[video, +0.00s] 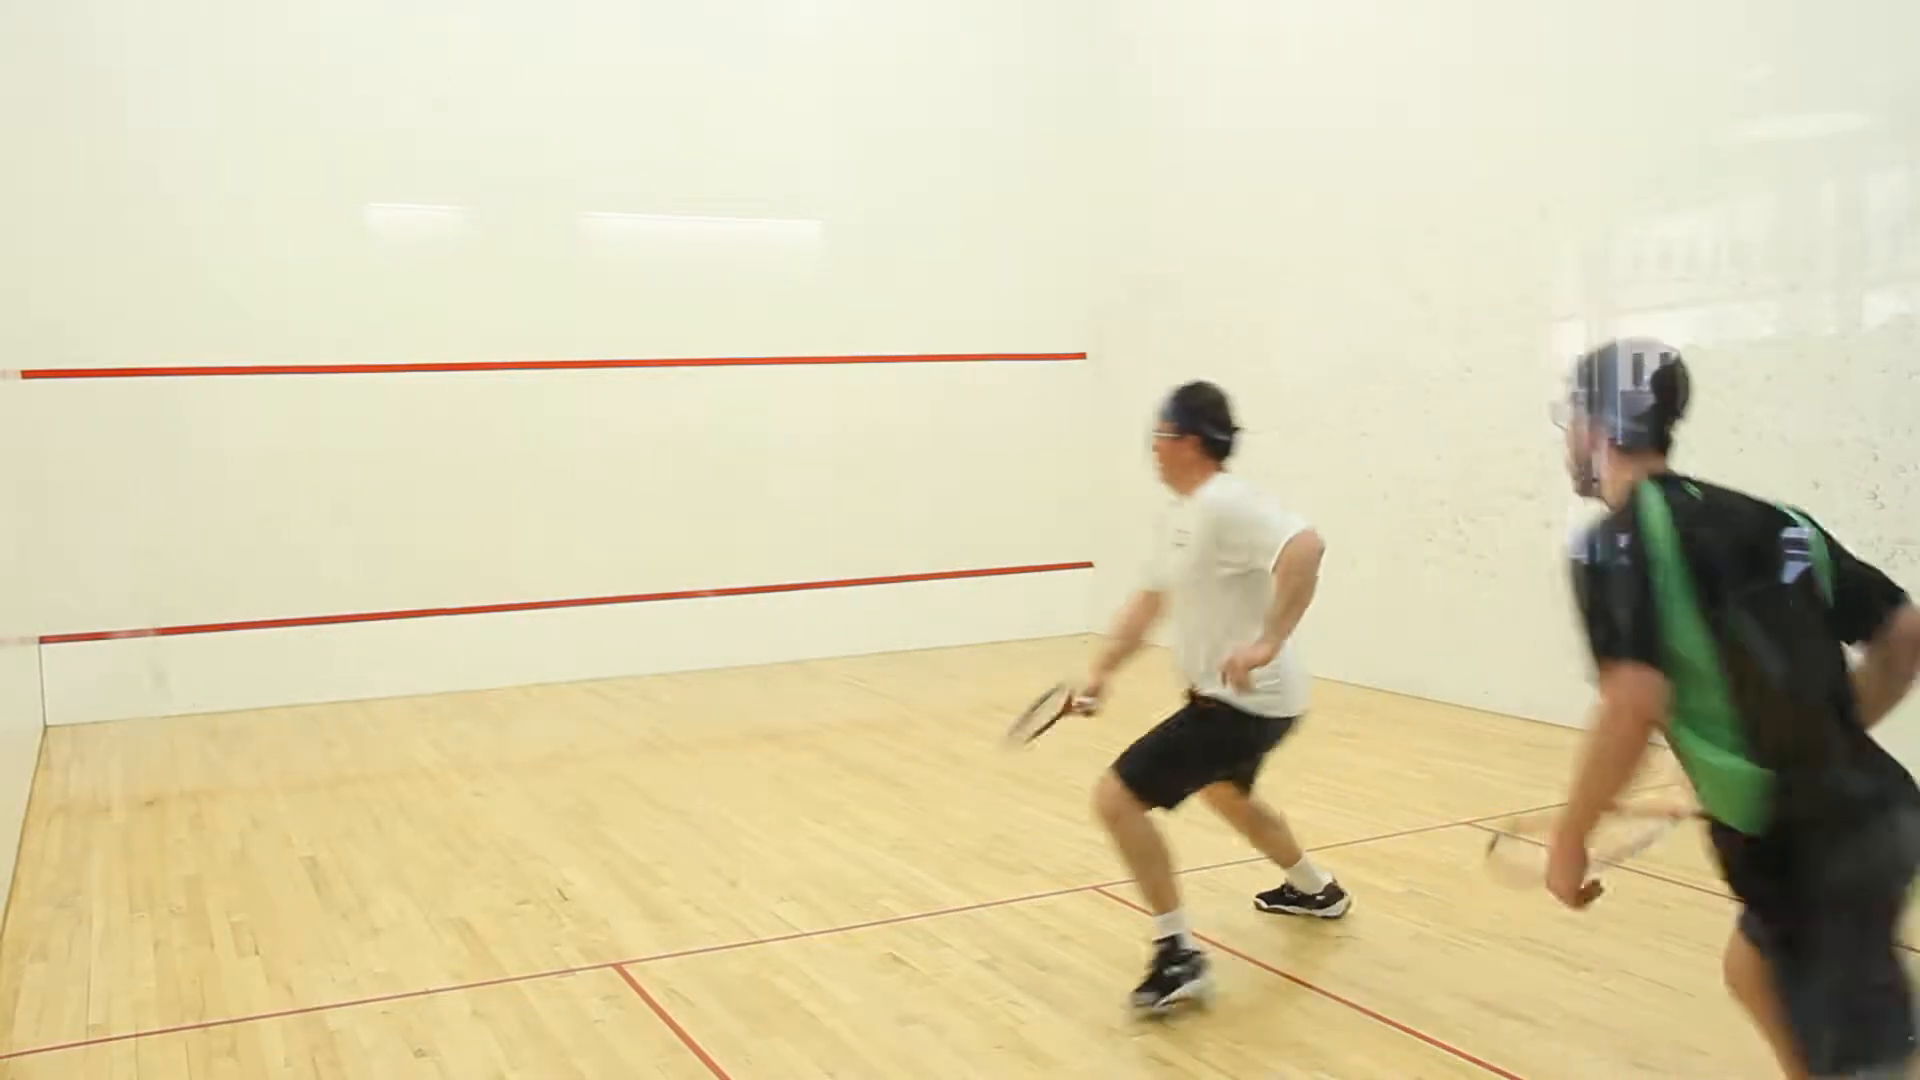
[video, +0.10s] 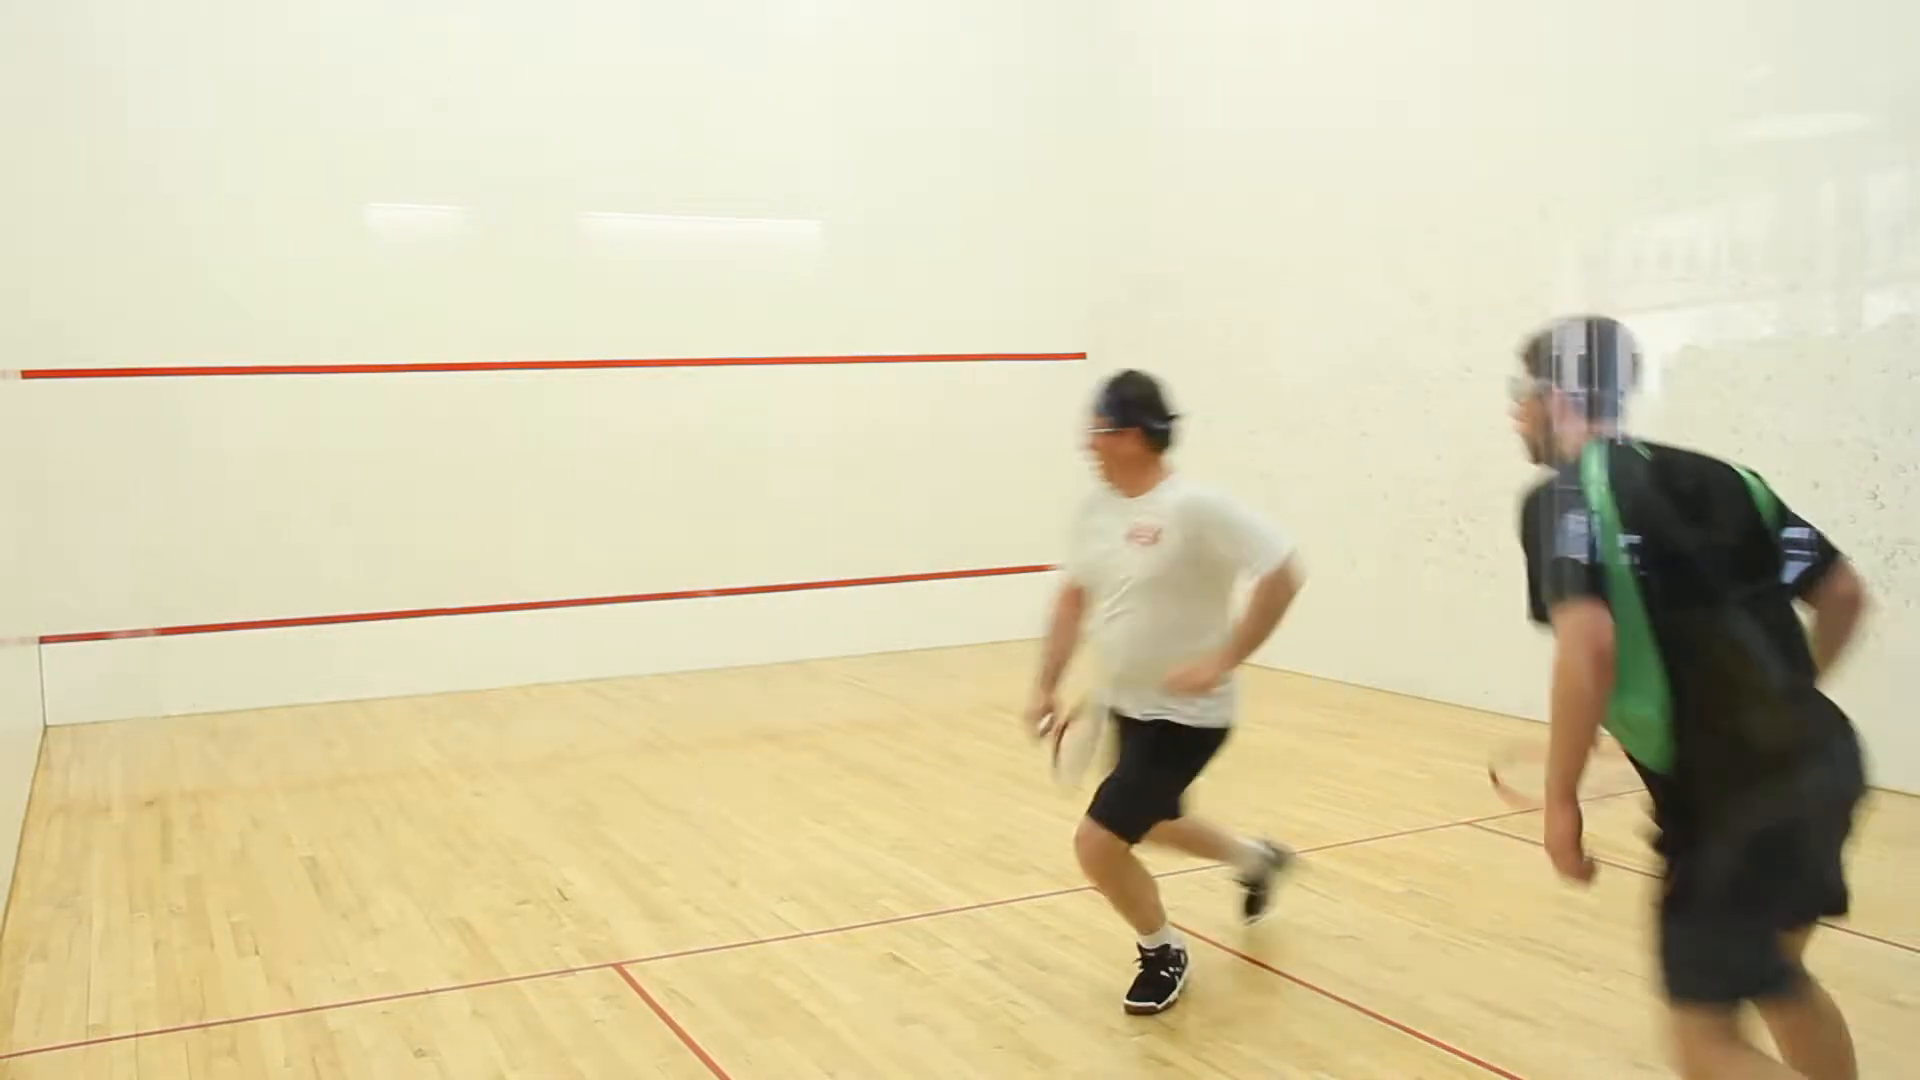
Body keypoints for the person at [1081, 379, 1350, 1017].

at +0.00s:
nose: (1153, 448)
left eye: (1162, 437)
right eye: (1155, 436)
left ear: (1194, 444)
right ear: (1189, 443)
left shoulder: (1228, 502)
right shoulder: (1179, 514)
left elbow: (1303, 549)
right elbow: (1151, 598)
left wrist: (1268, 643)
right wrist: (1102, 669)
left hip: (1248, 702)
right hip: (1224, 695)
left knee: (1116, 799)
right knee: (1223, 791)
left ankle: (1178, 951)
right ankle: (1316, 887)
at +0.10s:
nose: (1089, 441)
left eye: (1102, 429)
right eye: (1091, 428)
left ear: (1140, 437)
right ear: (1121, 437)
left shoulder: (1195, 508)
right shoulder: (1097, 509)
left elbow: (1282, 575)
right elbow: (1072, 597)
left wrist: (1222, 662)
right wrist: (1046, 684)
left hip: (1187, 713)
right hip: (1125, 707)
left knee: (1097, 847)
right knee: (1151, 821)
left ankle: (1162, 952)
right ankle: (1257, 860)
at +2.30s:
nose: (1365, 418)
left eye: (1366, 408)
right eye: (1381, 410)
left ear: (1370, 412)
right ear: (1429, 419)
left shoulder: (1325, 479)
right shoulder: (1462, 489)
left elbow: (1269, 560)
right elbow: (1517, 590)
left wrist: (1312, 591)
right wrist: (1505, 661)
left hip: (1335, 681)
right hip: (1424, 684)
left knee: (1334, 821)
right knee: (1411, 812)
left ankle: (1330, 938)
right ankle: (1396, 960)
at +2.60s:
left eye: (1460, 401)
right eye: (1500, 408)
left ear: (1456, 402)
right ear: (1508, 409)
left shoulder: (1414, 448)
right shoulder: (1517, 462)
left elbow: (1334, 495)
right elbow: (1598, 511)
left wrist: (1349, 560)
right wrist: (1656, 505)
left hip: (1402, 623)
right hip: (1480, 630)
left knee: (1402, 741)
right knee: (1464, 717)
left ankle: (1405, 874)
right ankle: (1464, 811)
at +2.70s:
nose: (1528, 431)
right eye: (1537, 424)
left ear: (1494, 414)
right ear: (1542, 426)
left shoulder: (1443, 449)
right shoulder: (1542, 476)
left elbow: (1365, 473)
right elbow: (1612, 531)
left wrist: (1351, 543)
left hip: (1416, 619)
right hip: (1489, 628)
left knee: (1403, 744)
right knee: (1496, 688)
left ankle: (1398, 854)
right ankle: (1495, 781)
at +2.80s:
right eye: (1563, 445)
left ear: (1524, 436)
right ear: (1569, 448)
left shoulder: (1476, 463)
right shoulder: (1571, 505)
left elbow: (1406, 490)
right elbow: (1612, 572)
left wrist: (1373, 549)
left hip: (1440, 625)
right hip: (1508, 638)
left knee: (1413, 742)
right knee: (1518, 705)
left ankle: (1404, 825)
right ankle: (1531, 783)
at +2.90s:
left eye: (1540, 459)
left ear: (1539, 460)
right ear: (1583, 474)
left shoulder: (1499, 492)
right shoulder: (1585, 525)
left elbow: (1432, 535)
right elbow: (1591, 595)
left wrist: (1423, 573)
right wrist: (1597, 639)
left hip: (1466, 638)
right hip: (1532, 648)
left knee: (1419, 734)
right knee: (1535, 688)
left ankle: (1416, 814)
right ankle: (1534, 779)